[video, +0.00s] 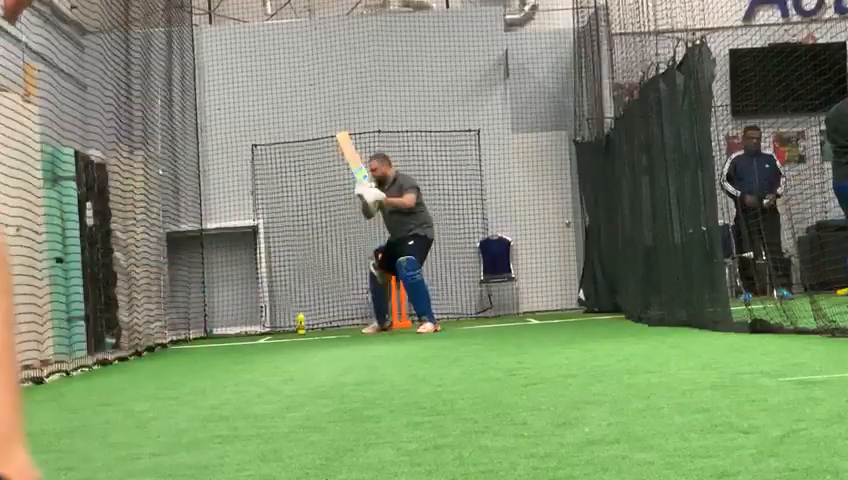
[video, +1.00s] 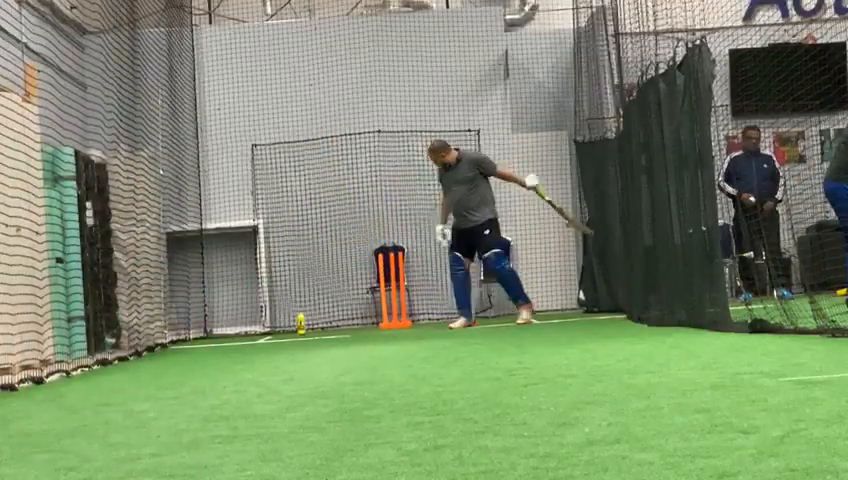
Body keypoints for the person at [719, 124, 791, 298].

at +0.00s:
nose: (755, 142)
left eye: (757, 139)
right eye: (751, 139)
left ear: (761, 140)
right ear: (743, 140)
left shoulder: (770, 159)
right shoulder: (734, 159)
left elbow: (782, 180)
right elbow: (724, 182)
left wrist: (775, 194)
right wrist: (742, 197)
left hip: (768, 210)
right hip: (745, 211)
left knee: (774, 247)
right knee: (746, 251)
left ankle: (781, 286)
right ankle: (748, 289)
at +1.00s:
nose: (754, 142)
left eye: (757, 139)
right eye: (750, 139)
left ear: (760, 140)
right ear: (742, 140)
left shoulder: (769, 158)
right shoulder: (733, 159)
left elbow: (780, 181)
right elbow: (721, 182)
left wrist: (774, 200)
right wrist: (739, 195)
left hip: (767, 209)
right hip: (744, 210)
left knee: (773, 247)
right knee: (746, 250)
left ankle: (778, 285)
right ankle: (749, 289)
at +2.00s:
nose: (755, 142)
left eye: (758, 139)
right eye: (751, 138)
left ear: (762, 141)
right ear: (744, 140)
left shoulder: (769, 159)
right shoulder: (735, 159)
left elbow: (777, 185)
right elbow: (721, 181)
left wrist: (781, 207)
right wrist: (735, 178)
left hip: (768, 211)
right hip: (744, 212)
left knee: (774, 248)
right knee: (746, 252)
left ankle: (779, 286)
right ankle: (748, 289)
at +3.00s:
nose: (755, 144)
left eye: (758, 141)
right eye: (752, 140)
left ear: (761, 142)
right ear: (744, 140)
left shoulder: (768, 159)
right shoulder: (733, 161)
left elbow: (782, 177)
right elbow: (712, 169)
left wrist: (778, 191)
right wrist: (726, 156)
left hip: (767, 209)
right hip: (743, 211)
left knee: (773, 247)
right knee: (744, 251)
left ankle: (779, 286)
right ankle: (749, 289)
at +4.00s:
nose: (760, 143)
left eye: (763, 140)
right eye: (757, 140)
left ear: (766, 141)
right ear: (748, 141)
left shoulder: (772, 158)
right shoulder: (739, 159)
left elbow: (779, 183)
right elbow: (732, 184)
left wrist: (783, 204)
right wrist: (743, 204)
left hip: (771, 209)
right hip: (750, 210)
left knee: (776, 248)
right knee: (749, 250)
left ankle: (782, 286)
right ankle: (749, 289)